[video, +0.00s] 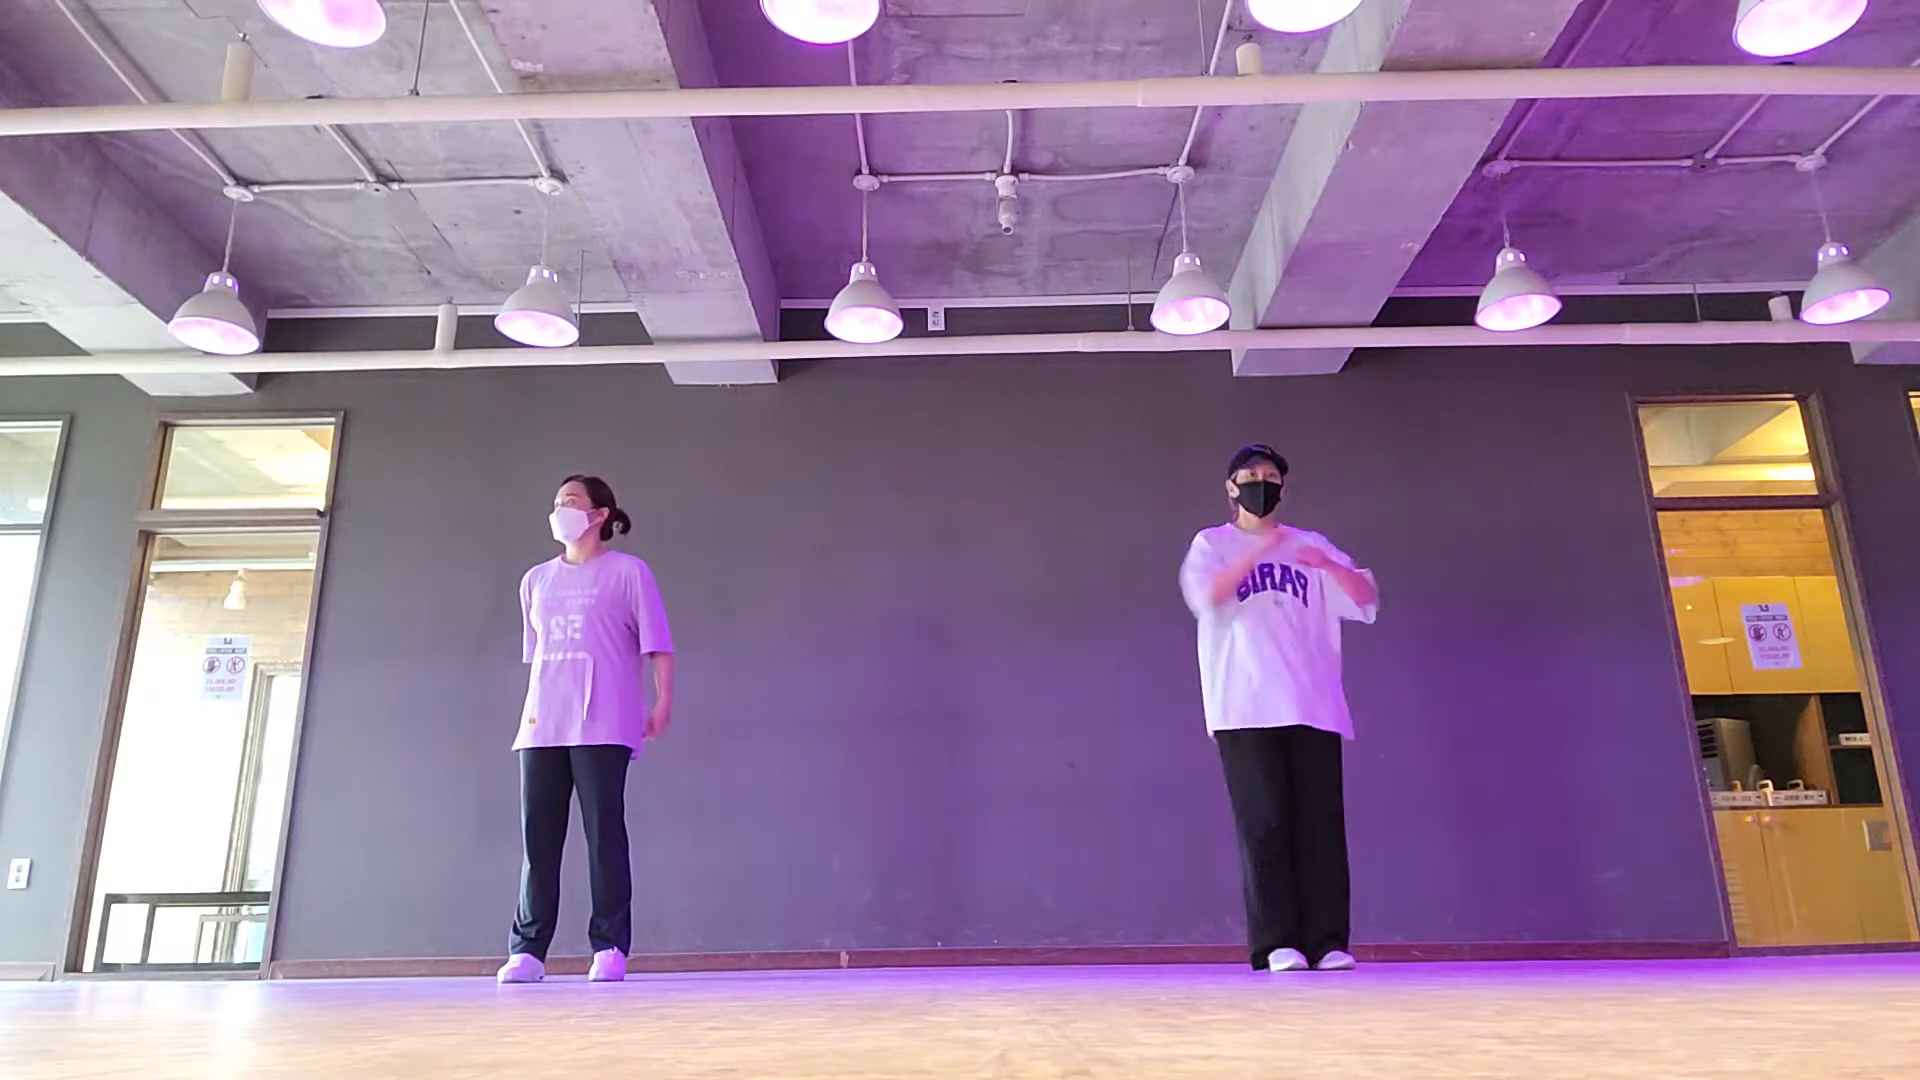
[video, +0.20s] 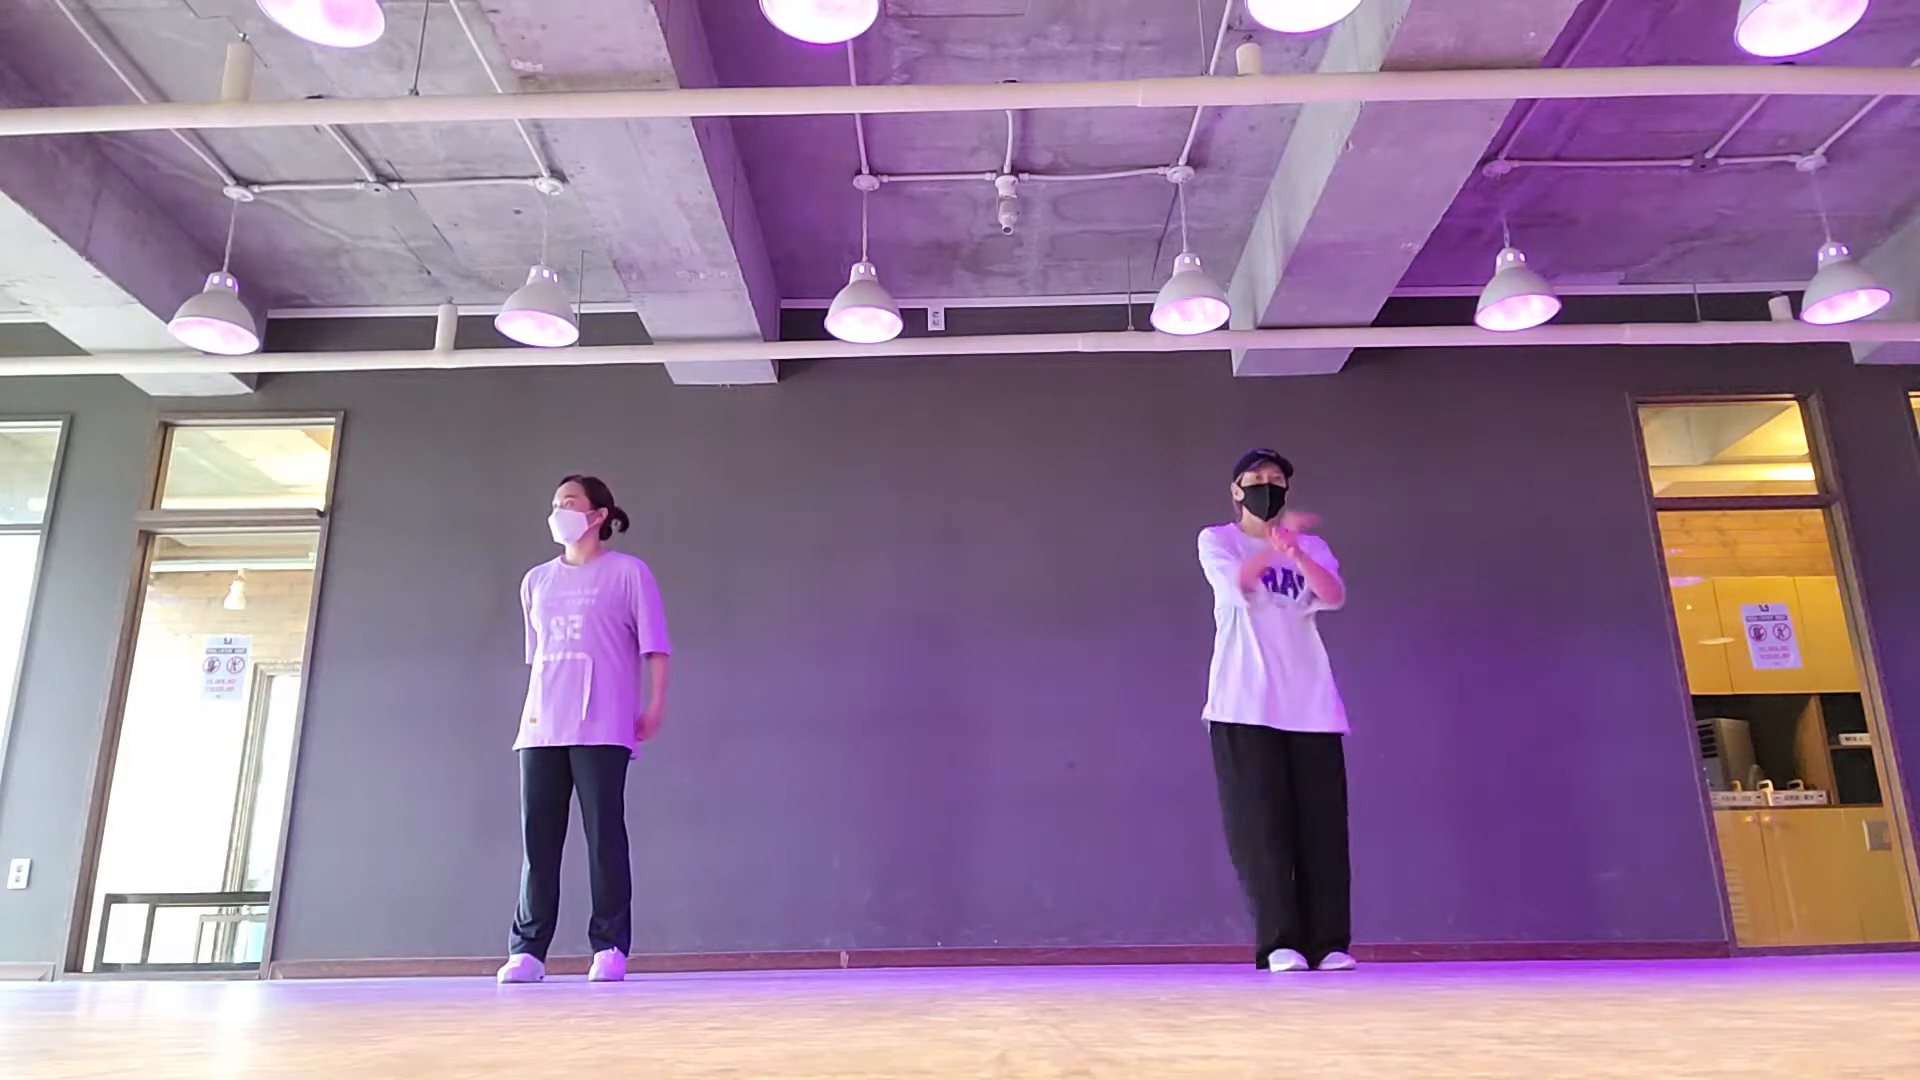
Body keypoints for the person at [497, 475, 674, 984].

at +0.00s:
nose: (561, 509)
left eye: (573, 502)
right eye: (558, 502)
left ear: (601, 516)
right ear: (552, 517)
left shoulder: (629, 572)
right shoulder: (535, 580)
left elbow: (659, 643)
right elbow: (537, 660)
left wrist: (663, 702)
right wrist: (529, 719)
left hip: (604, 722)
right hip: (543, 724)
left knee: (604, 836)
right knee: (537, 838)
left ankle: (609, 948)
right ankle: (528, 950)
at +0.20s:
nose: (558, 511)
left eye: (570, 504)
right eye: (555, 504)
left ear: (599, 516)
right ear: (550, 517)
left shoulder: (629, 573)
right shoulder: (536, 581)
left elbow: (656, 648)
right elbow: (537, 661)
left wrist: (654, 707)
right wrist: (530, 721)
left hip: (603, 724)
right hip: (542, 726)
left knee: (604, 838)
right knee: (538, 841)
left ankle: (609, 948)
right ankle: (527, 950)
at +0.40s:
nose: (556, 513)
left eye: (568, 506)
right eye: (554, 506)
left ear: (598, 516)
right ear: (549, 518)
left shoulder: (628, 572)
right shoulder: (536, 581)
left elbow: (656, 648)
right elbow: (537, 660)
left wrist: (653, 708)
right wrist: (531, 720)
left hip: (603, 723)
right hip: (542, 725)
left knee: (604, 838)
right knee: (538, 840)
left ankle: (609, 948)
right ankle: (527, 950)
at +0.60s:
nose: (556, 513)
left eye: (567, 506)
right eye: (553, 506)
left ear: (597, 517)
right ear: (548, 518)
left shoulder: (628, 571)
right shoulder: (536, 581)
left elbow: (656, 648)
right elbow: (538, 660)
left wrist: (653, 710)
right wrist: (533, 720)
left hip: (603, 722)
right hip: (543, 724)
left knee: (604, 838)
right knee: (538, 840)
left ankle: (609, 949)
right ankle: (527, 951)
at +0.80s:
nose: (556, 515)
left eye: (568, 508)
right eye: (553, 508)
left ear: (597, 517)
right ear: (547, 519)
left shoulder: (628, 572)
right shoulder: (535, 582)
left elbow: (655, 649)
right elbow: (537, 662)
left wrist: (651, 711)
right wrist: (532, 721)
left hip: (602, 722)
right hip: (542, 725)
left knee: (604, 839)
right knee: (538, 841)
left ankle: (609, 948)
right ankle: (527, 950)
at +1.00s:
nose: (556, 515)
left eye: (568, 508)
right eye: (553, 508)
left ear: (597, 518)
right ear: (547, 520)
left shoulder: (628, 572)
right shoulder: (535, 582)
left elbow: (654, 648)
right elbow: (538, 660)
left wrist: (650, 712)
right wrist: (534, 718)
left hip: (602, 721)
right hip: (542, 724)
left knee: (604, 838)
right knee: (538, 840)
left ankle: (609, 948)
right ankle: (527, 950)